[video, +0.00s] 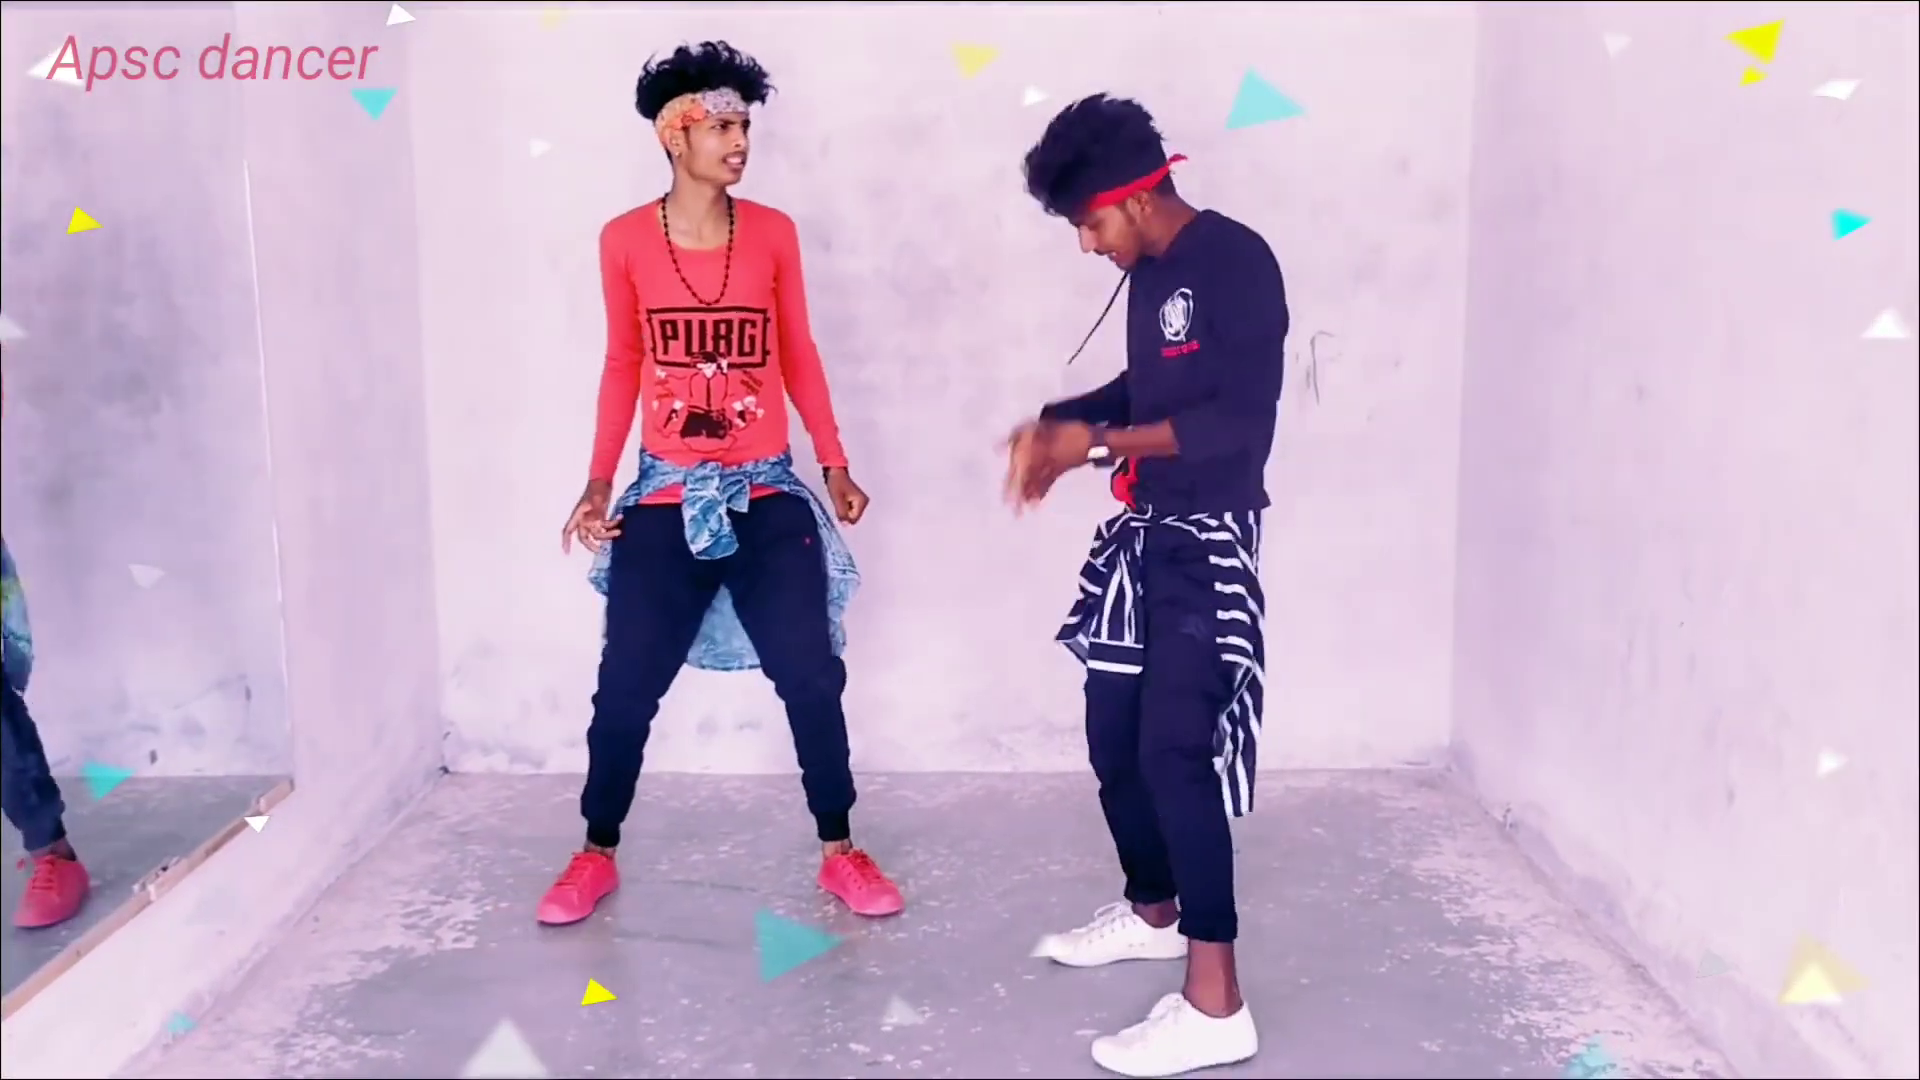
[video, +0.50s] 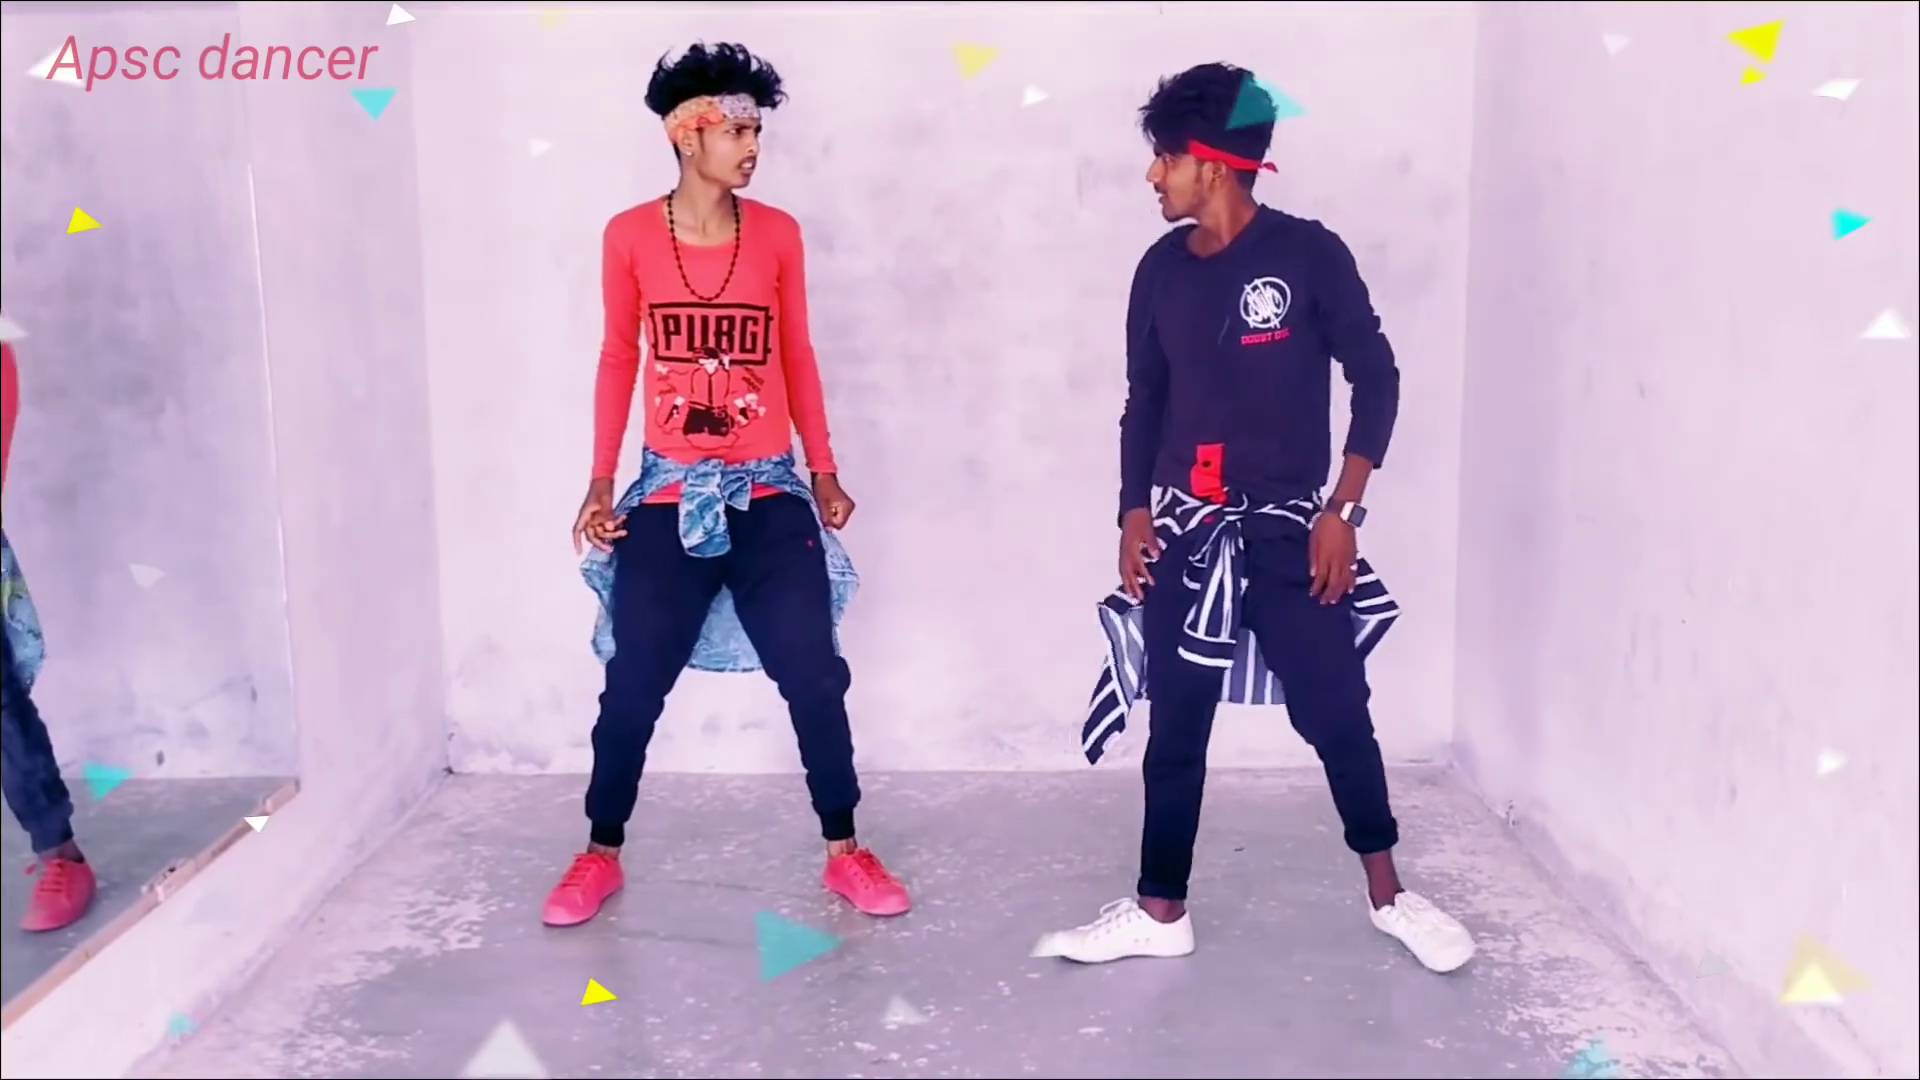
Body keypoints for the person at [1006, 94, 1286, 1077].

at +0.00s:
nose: (1086, 242)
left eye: (1086, 221)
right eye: (1077, 226)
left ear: (1134, 191)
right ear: (1128, 194)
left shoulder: (1234, 260)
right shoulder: (1150, 269)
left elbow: (1236, 427)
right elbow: (1146, 390)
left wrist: (1095, 442)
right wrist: (1059, 421)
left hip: (1207, 547)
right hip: (1140, 539)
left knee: (1176, 755)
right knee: (1114, 744)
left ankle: (1215, 1001)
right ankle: (1156, 913)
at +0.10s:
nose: (1087, 234)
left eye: (1092, 214)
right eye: (1081, 217)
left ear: (1143, 189)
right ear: (1127, 193)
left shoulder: (1240, 256)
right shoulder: (1127, 271)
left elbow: (1247, 424)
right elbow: (1121, 409)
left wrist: (1127, 498)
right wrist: (1079, 505)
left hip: (1215, 541)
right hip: (1135, 537)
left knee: (1193, 745)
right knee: (1124, 737)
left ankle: (1222, 978)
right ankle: (1154, 912)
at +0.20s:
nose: (1084, 206)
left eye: (1093, 185)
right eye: (1080, 186)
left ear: (1145, 175)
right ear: (1121, 183)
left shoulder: (1251, 249)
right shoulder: (1116, 270)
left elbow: (1324, 379)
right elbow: (1125, 390)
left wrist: (1231, 469)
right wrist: (1094, 476)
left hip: (1228, 534)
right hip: (1136, 533)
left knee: (1218, 735)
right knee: (1132, 734)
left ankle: (1261, 942)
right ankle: (1153, 915)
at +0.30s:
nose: (1101, 185)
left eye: (1111, 166)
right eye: (1100, 166)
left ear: (1160, 166)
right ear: (1146, 167)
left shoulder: (1266, 248)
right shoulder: (1123, 265)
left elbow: (1347, 366)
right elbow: (1118, 388)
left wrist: (1290, 472)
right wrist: (1096, 490)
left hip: (1243, 527)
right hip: (1149, 530)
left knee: (1253, 727)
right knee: (1149, 731)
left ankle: (1307, 912)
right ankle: (1156, 914)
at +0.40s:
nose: (1123, 173)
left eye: (1136, 156)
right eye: (1125, 155)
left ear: (1188, 162)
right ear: (1175, 163)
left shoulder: (1285, 252)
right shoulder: (1136, 266)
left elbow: (1360, 370)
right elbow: (1122, 393)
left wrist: (1324, 496)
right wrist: (1111, 503)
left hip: (1262, 524)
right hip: (1162, 531)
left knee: (1301, 721)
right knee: (1161, 727)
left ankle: (1346, 891)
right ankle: (1158, 909)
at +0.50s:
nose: (1152, 174)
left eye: (1167, 158)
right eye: (1155, 156)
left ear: (1218, 165)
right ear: (1199, 165)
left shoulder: (1310, 256)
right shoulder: (1159, 268)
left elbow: (1376, 377)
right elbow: (1143, 395)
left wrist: (1344, 507)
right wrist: (1133, 512)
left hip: (1288, 526)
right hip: (1184, 530)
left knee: (1336, 716)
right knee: (1174, 723)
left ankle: (1387, 893)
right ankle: (1159, 909)